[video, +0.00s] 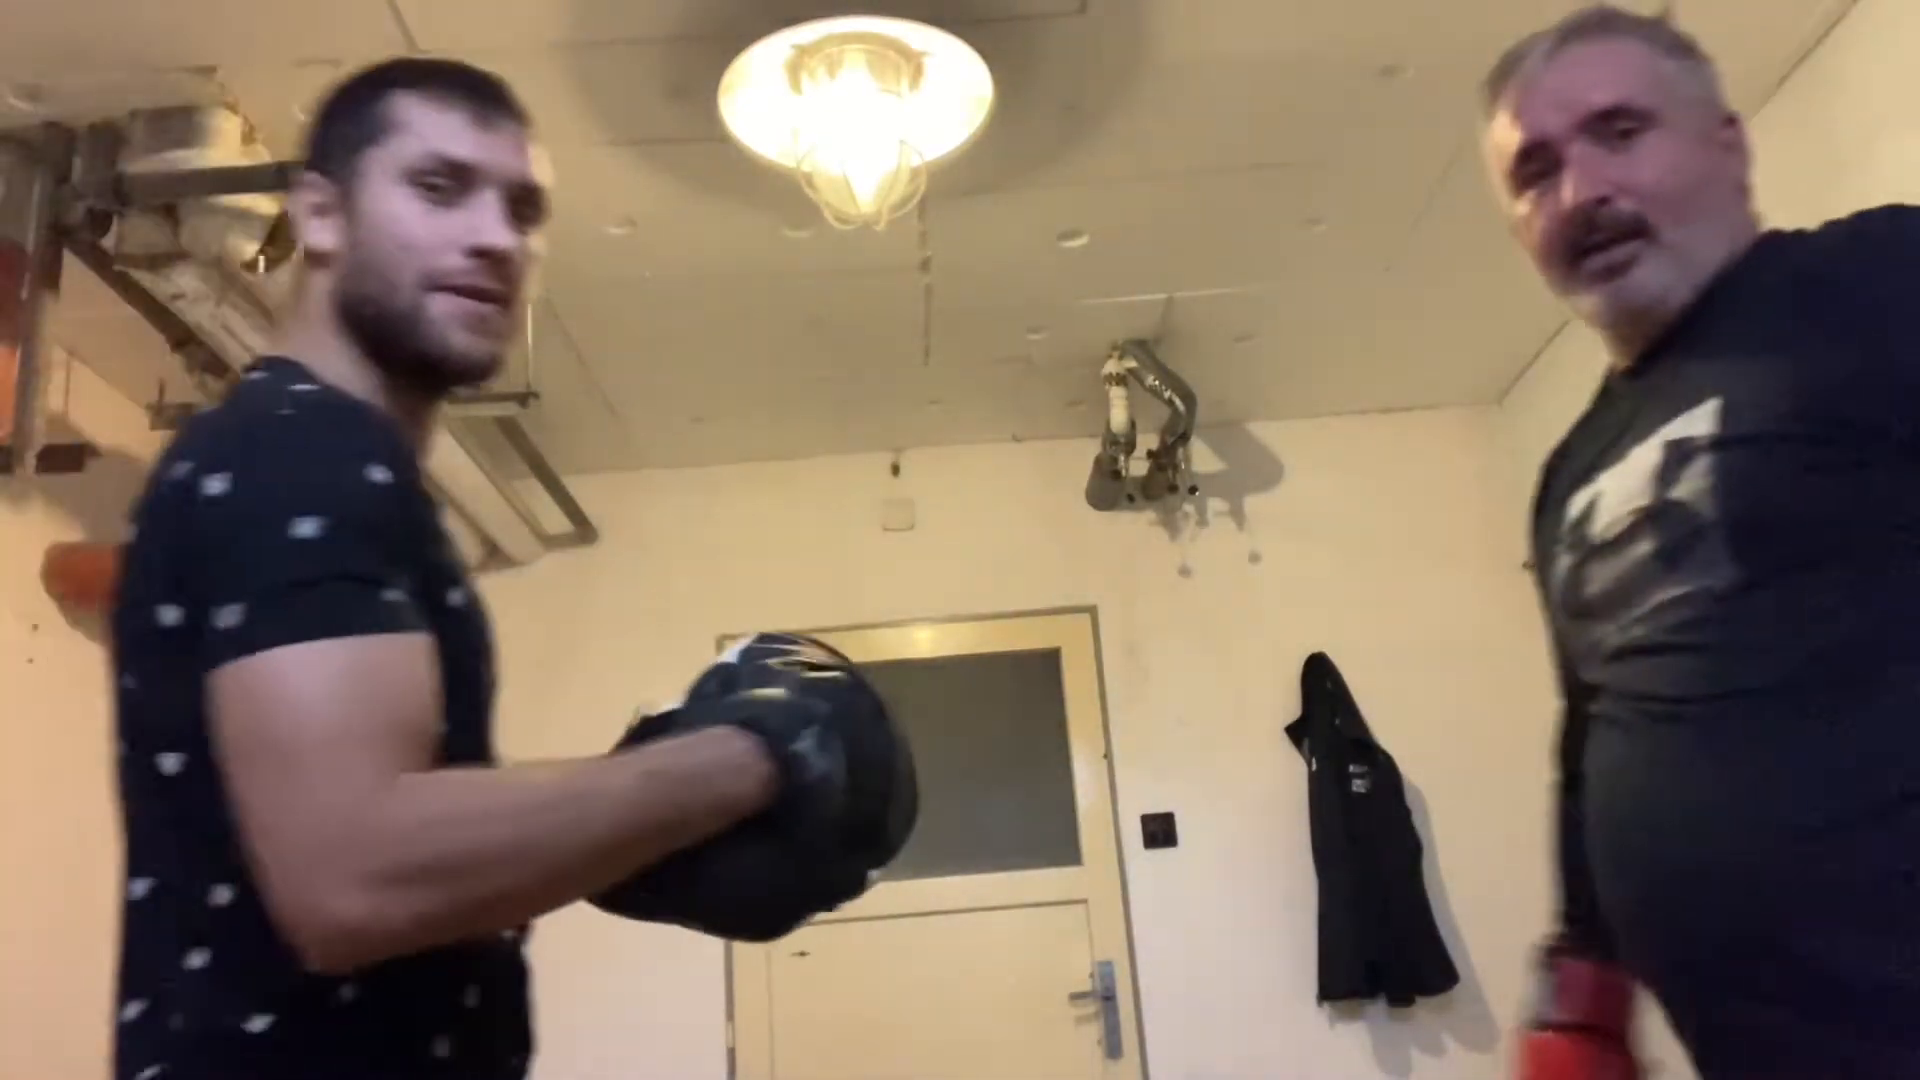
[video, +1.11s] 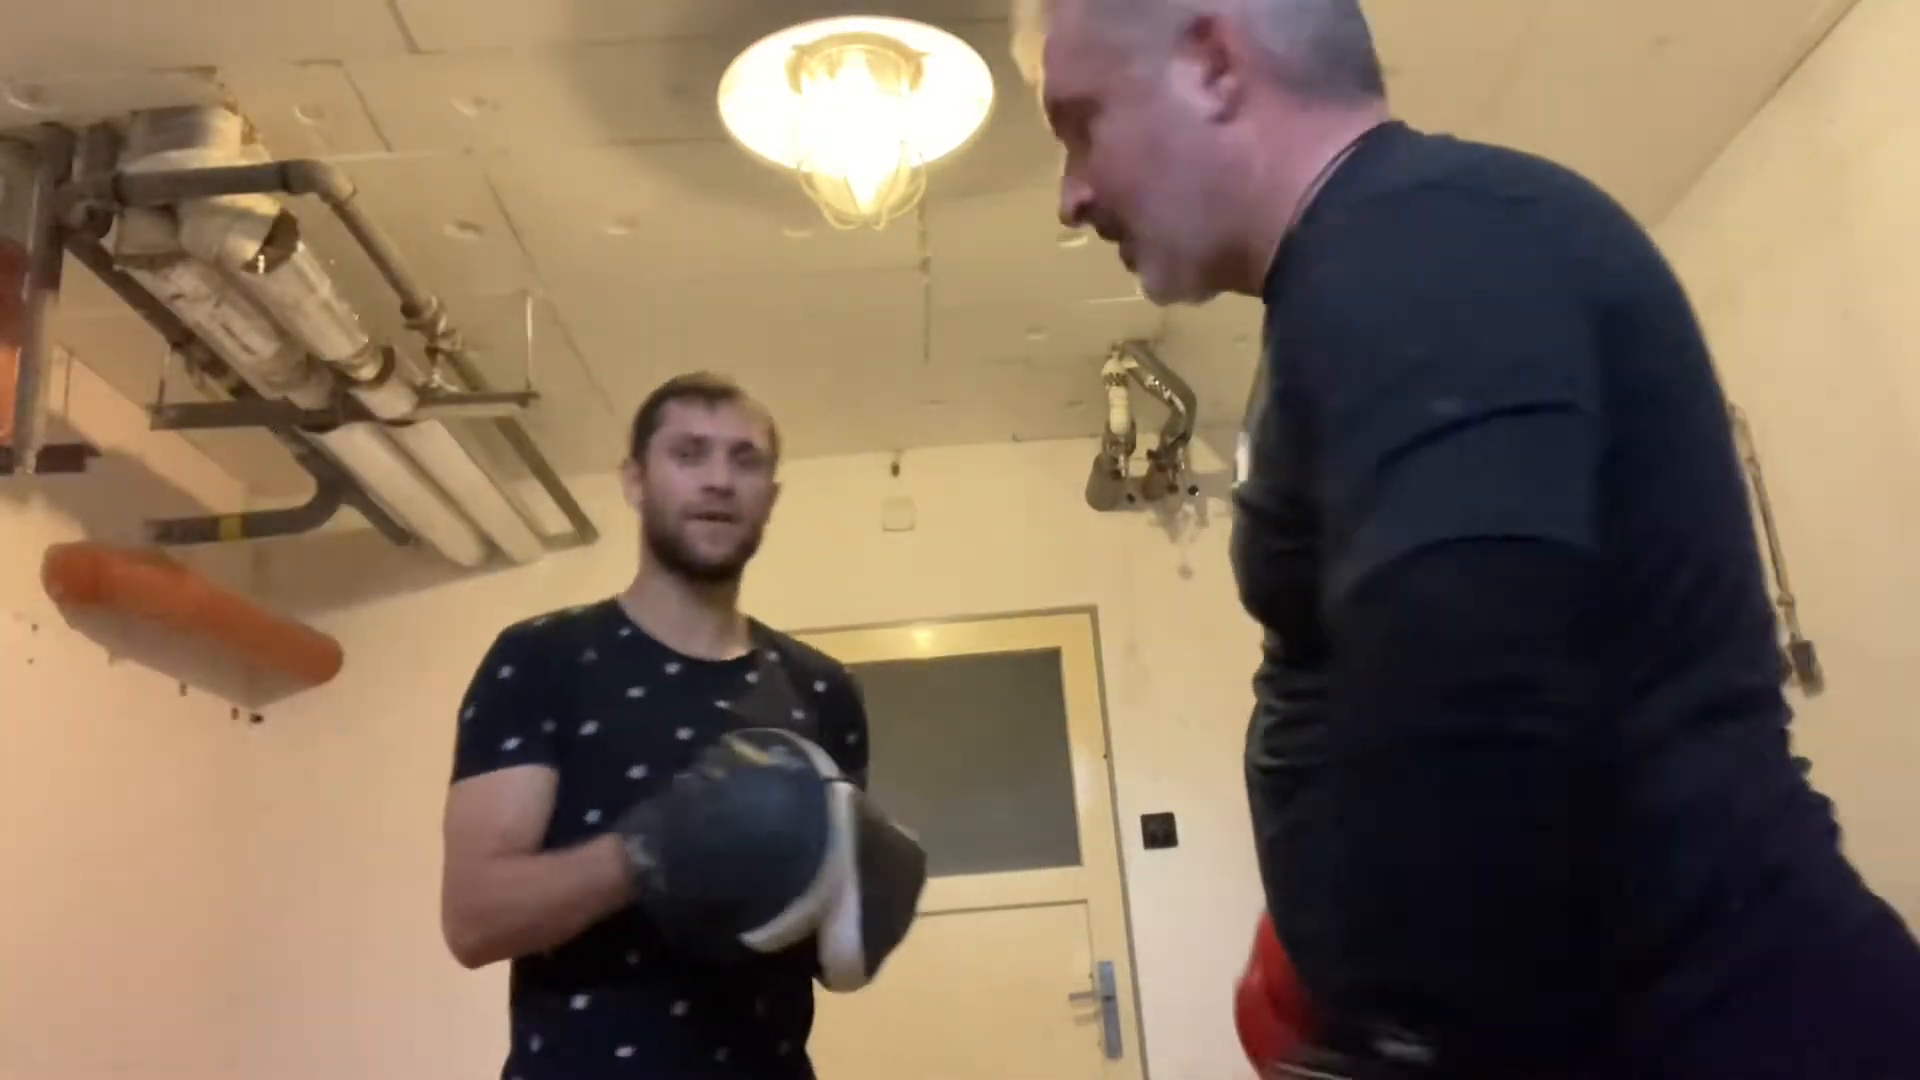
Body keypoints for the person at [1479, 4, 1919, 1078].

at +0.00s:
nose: (1580, 189)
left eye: (1620, 131)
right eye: (1537, 173)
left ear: (1730, 144)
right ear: (1517, 229)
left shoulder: (1889, 268)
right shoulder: (1570, 474)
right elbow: (1598, 736)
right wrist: (1583, 997)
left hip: (1911, 979)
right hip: (1745, 1033)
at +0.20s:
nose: (1512, 193)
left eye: (1552, 137)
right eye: (1469, 175)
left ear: (1659, 152)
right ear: (1451, 233)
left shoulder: (1818, 285)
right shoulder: (1500, 475)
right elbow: (1515, 735)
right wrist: (1425, 945)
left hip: (1878, 1003)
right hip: (1656, 1043)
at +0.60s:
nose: (1391, 157)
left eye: (1436, 88)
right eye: (1347, 127)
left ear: (1557, 107)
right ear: (1327, 183)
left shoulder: (1712, 270)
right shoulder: (1397, 422)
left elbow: (1911, 574)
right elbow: (1433, 726)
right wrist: (1418, 994)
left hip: (1773, 1016)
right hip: (1500, 1031)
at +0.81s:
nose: (1274, 100)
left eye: (1321, 31)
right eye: (1232, 76)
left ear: (1465, 43)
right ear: (1217, 125)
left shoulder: (1616, 238)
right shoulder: (1373, 338)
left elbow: (1815, 624)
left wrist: (1843, 982)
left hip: (1660, 1015)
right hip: (1444, 1024)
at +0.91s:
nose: (1187, 107)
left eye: (1231, 36)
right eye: (1156, 79)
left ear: (1396, 33)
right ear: (1151, 114)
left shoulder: (1548, 228)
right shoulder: (1353, 306)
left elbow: (1699, 689)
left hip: (1618, 1012)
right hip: (1452, 1021)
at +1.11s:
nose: (1070, 197)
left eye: (1080, 125)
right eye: (1064, 140)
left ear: (1215, 66)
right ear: (1214, 67)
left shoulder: (1428, 245)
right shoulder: (1371, 267)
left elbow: (1457, 710)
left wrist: (1391, 1040)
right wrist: (1318, 927)